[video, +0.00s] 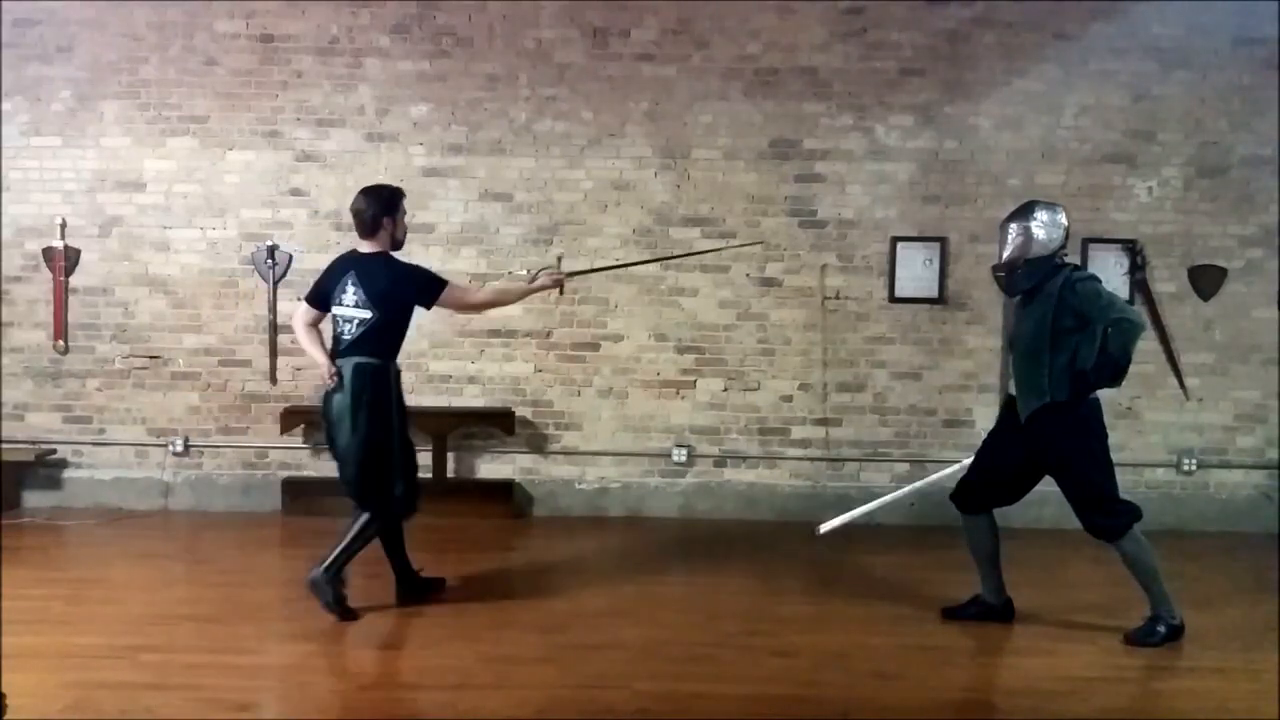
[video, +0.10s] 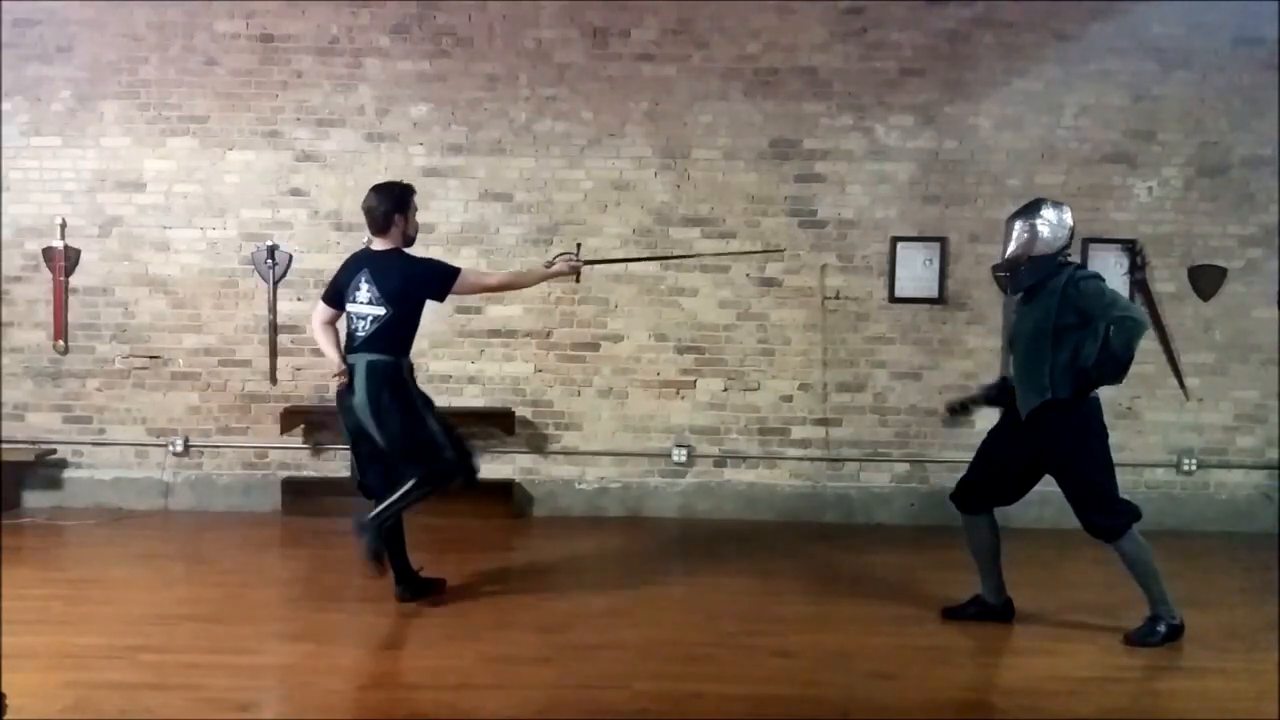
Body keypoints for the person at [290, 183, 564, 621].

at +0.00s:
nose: (407, 223)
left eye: (404, 215)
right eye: (402, 216)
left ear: (363, 225)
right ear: (388, 223)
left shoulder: (340, 268)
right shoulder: (401, 274)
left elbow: (303, 321)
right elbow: (471, 300)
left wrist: (325, 362)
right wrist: (532, 285)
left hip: (341, 388)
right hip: (373, 389)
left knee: (379, 488)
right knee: (397, 492)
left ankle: (407, 581)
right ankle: (329, 573)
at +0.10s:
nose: (416, 222)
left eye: (415, 214)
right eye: (413, 215)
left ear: (373, 222)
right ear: (398, 220)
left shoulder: (353, 266)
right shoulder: (414, 268)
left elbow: (321, 321)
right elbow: (491, 282)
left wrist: (337, 361)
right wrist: (550, 271)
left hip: (352, 388)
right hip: (388, 386)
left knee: (385, 483)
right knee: (449, 464)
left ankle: (405, 579)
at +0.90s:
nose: (591, 268)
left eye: (588, 260)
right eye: (587, 261)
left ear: (549, 268)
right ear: (574, 267)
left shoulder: (523, 306)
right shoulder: (581, 320)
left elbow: (471, 332)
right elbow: (644, 361)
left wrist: (485, 372)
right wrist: (702, 364)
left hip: (477, 410)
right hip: (519, 420)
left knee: (428, 491)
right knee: (586, 493)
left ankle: (377, 571)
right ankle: (597, 580)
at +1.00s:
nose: (624, 301)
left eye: (621, 293)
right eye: (621, 294)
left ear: (582, 300)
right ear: (607, 300)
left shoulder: (554, 334)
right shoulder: (610, 351)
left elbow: (495, 358)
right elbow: (670, 393)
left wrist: (505, 397)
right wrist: (724, 415)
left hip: (498, 430)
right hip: (538, 442)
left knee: (440, 498)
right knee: (614, 495)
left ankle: (376, 569)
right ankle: (601, 581)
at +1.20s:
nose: (650, 335)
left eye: (649, 327)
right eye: (648, 327)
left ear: (611, 327)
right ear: (635, 330)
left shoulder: (579, 357)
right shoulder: (631, 374)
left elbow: (524, 372)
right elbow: (688, 427)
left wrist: (522, 405)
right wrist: (741, 455)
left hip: (517, 440)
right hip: (554, 453)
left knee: (453, 508)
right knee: (631, 498)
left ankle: (379, 572)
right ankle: (603, 579)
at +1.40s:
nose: (629, 308)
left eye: (625, 301)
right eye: (624, 302)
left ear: (589, 311)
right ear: (609, 310)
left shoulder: (563, 346)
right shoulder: (617, 353)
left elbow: (512, 373)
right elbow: (676, 392)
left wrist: (510, 401)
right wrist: (733, 398)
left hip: (507, 436)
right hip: (543, 443)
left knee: (455, 506)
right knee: (620, 494)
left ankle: (381, 563)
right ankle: (601, 580)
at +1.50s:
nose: (603, 293)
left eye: (599, 286)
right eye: (597, 287)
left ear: (561, 297)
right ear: (583, 294)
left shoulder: (536, 337)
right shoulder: (593, 340)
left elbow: (487, 366)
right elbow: (655, 369)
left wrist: (497, 403)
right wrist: (718, 382)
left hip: (493, 434)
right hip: (532, 439)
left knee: (452, 502)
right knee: (607, 496)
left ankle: (382, 559)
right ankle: (601, 581)